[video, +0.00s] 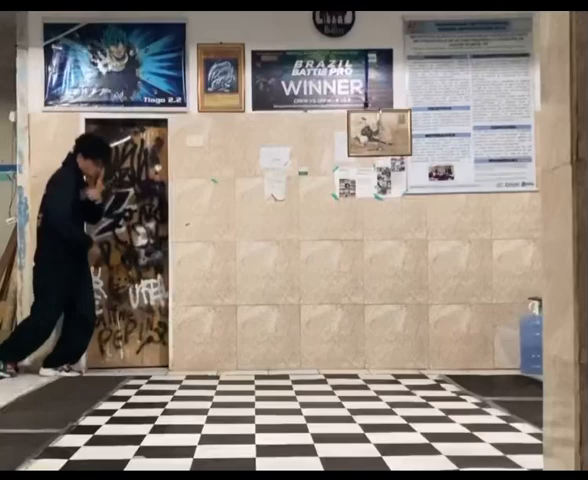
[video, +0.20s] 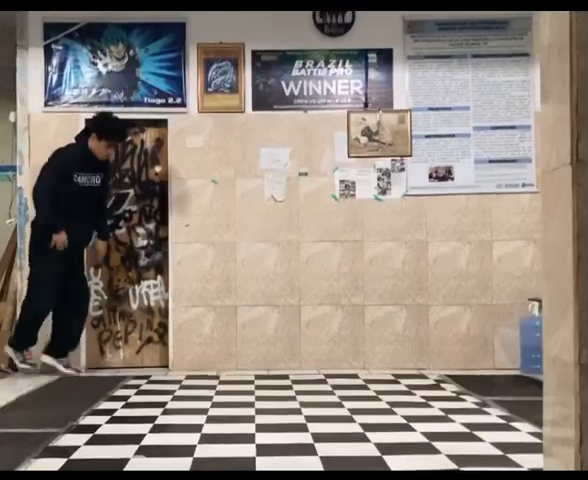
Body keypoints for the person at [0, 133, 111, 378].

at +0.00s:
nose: (99, 170)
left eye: (102, 165)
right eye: (97, 164)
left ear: (84, 159)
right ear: (82, 158)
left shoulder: (79, 181)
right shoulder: (63, 180)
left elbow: (91, 217)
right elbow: (60, 221)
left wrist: (95, 201)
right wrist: (87, 243)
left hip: (74, 258)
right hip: (52, 259)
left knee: (83, 317)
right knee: (45, 316)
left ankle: (56, 363)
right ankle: (7, 356)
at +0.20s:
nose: (111, 152)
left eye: (113, 147)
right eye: (108, 146)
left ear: (105, 142)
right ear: (93, 137)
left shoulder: (102, 167)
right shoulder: (65, 157)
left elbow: (99, 204)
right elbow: (41, 193)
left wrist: (104, 235)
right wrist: (54, 228)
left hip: (75, 243)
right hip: (49, 240)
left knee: (76, 298)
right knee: (42, 294)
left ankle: (56, 354)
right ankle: (17, 347)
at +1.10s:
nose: (257, 207)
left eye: (260, 201)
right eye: (254, 201)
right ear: (238, 196)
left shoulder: (232, 218)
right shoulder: (219, 219)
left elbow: (226, 258)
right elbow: (217, 262)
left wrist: (246, 275)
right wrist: (242, 281)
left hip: (206, 271)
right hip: (184, 274)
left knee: (251, 311)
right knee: (229, 316)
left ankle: (251, 366)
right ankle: (215, 365)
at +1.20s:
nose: (264, 198)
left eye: (267, 192)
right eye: (261, 191)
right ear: (245, 185)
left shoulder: (247, 209)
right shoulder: (219, 209)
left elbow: (234, 244)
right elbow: (205, 253)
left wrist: (254, 255)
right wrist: (233, 270)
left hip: (221, 267)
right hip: (194, 269)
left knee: (257, 316)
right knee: (232, 312)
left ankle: (250, 366)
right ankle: (213, 356)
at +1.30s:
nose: (261, 184)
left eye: (264, 178)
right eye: (258, 177)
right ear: (242, 170)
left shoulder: (255, 200)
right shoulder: (206, 187)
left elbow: (249, 221)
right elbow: (169, 211)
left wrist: (258, 241)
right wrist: (198, 241)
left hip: (234, 258)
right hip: (201, 258)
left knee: (256, 305)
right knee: (223, 301)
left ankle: (260, 357)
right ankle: (216, 350)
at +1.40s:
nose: (250, 181)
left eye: (253, 175)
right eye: (247, 174)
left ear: (255, 172)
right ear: (230, 167)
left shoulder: (254, 196)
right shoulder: (198, 177)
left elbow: (253, 222)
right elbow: (168, 185)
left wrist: (254, 238)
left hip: (234, 257)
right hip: (201, 255)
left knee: (249, 305)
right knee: (208, 304)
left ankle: (281, 350)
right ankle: (219, 356)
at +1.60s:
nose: (220, 193)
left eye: (223, 187)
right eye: (215, 187)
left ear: (227, 184)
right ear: (199, 182)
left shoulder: (240, 202)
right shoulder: (193, 193)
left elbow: (268, 219)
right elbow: (179, 198)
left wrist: (266, 253)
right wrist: (161, 200)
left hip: (244, 278)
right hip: (210, 277)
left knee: (249, 332)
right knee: (198, 333)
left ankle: (291, 374)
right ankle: (221, 380)